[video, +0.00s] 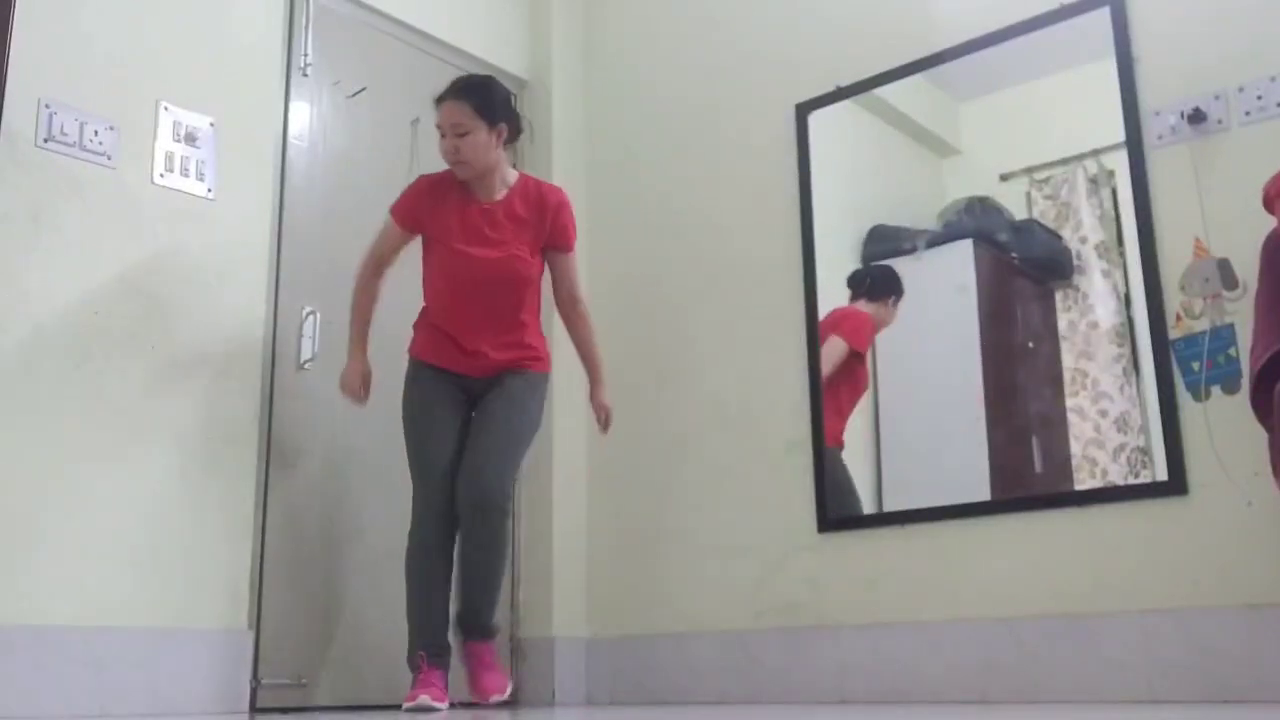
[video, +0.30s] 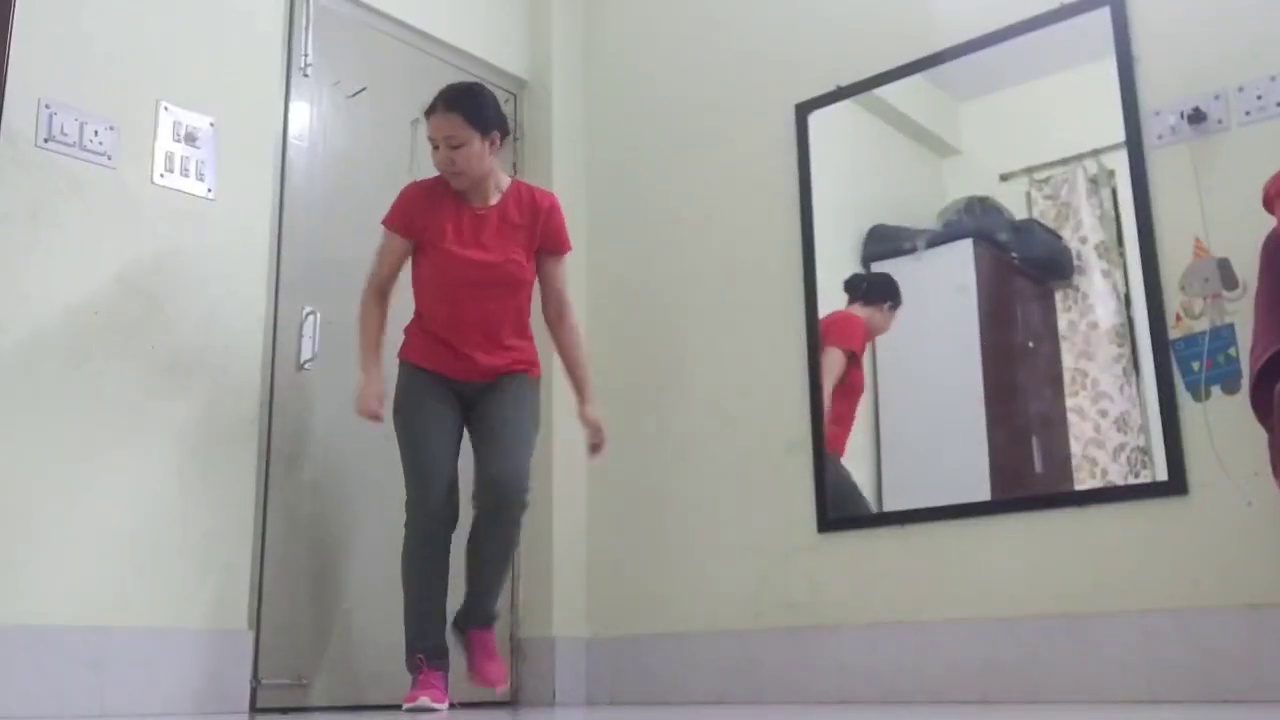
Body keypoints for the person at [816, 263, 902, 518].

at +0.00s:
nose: (892, 319)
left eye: (897, 310)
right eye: (896, 309)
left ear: (857, 293)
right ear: (889, 301)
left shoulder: (831, 319)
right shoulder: (859, 320)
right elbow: (815, 374)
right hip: (823, 449)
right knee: (852, 529)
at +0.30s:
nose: (888, 327)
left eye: (893, 318)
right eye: (892, 317)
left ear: (859, 298)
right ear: (885, 306)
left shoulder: (829, 322)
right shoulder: (849, 323)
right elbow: (823, 386)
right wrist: (821, 448)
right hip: (822, 459)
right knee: (865, 525)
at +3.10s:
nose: (878, 275)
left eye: (875, 266)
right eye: (871, 265)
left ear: (848, 271)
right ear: (847, 271)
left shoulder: (826, 306)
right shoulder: (840, 299)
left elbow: (872, 391)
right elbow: (877, 368)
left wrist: (928, 362)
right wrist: (933, 354)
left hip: (817, 439)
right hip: (819, 439)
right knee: (841, 530)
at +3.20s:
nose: (883, 272)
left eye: (881, 263)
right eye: (876, 262)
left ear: (853, 268)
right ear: (851, 267)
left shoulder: (831, 301)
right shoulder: (846, 295)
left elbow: (864, 398)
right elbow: (871, 369)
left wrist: (927, 409)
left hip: (821, 433)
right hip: (822, 434)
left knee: (841, 527)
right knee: (851, 526)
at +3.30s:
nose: (888, 271)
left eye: (887, 262)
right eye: (879, 261)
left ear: (851, 268)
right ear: (851, 266)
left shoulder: (832, 300)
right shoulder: (852, 294)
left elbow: (851, 400)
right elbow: (869, 370)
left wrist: (887, 457)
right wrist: (899, 448)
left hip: (825, 431)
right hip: (826, 432)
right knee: (855, 526)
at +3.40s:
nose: (894, 269)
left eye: (895, 261)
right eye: (885, 259)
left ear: (853, 267)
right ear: (855, 263)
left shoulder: (832, 293)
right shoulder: (858, 290)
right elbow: (850, 349)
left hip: (818, 425)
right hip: (830, 427)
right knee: (860, 514)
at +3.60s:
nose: (900, 268)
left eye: (902, 260)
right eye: (892, 257)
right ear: (863, 258)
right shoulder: (864, 283)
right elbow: (833, 291)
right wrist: (809, 372)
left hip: (839, 419)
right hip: (836, 418)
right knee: (858, 517)